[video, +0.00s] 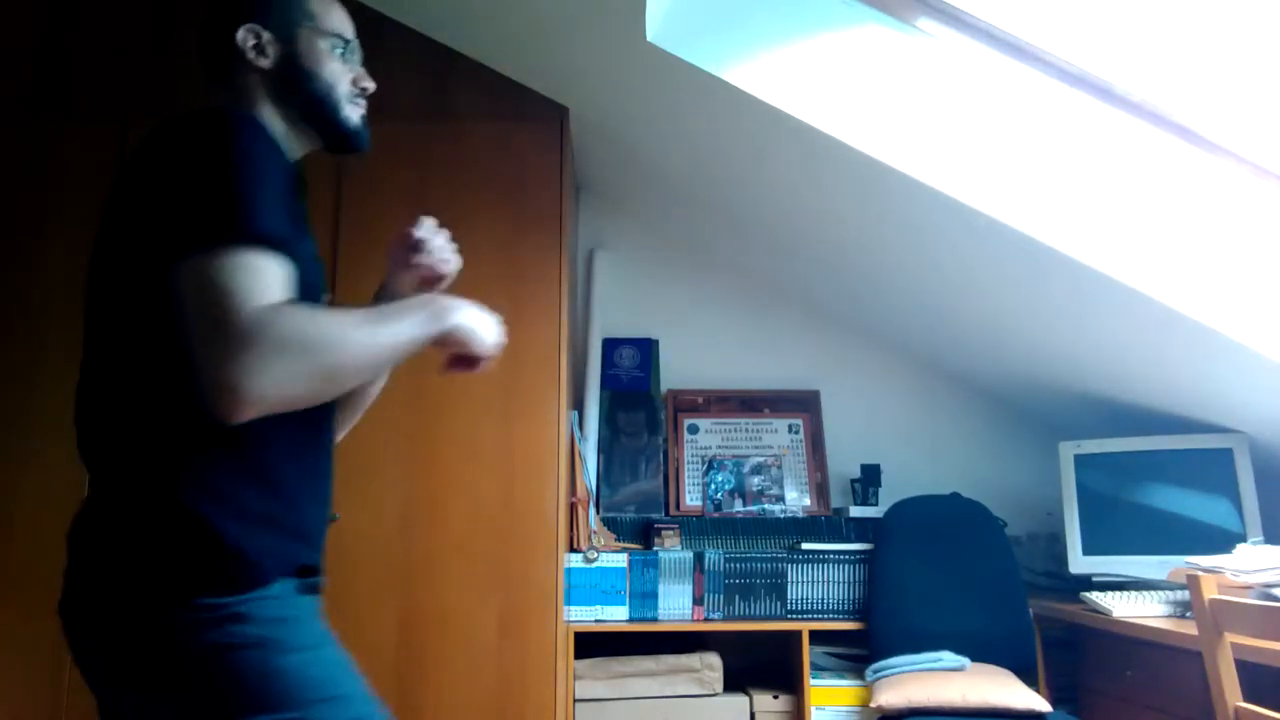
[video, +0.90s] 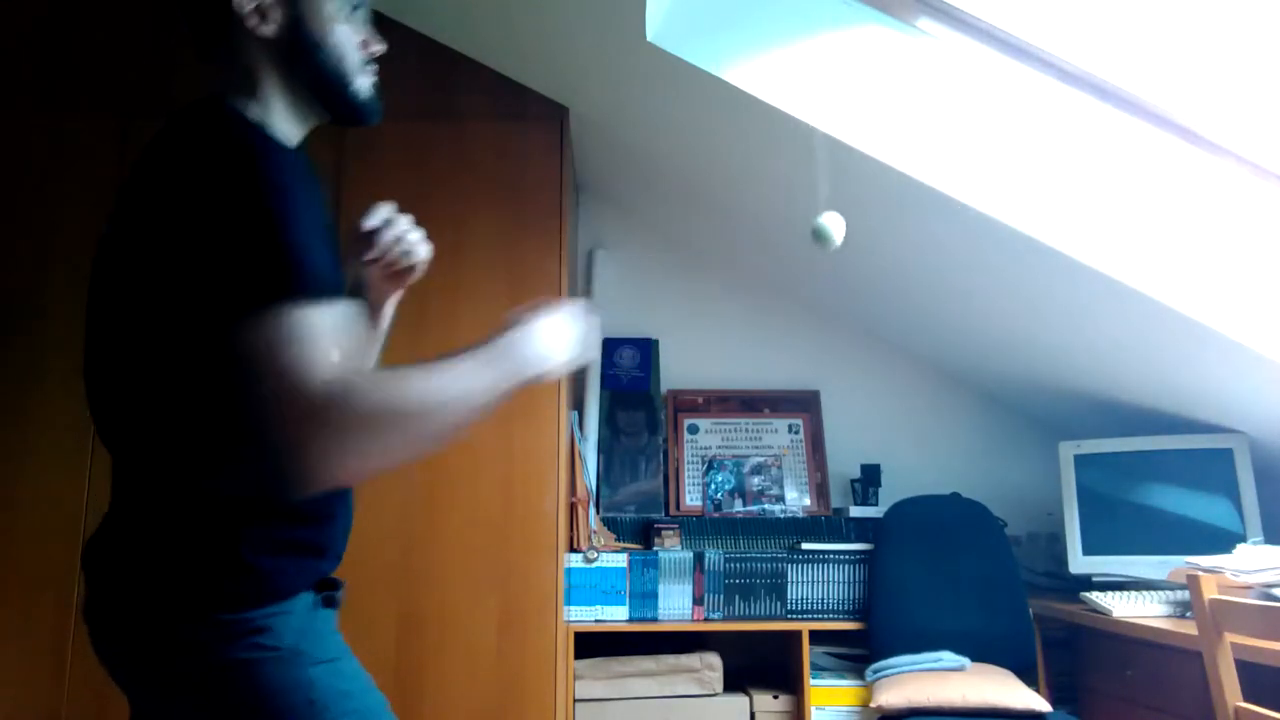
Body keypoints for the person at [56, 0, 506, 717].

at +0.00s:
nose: (366, 77)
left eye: (359, 55)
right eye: (339, 46)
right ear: (258, 47)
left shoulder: (253, 171)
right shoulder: (225, 147)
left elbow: (312, 423)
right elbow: (245, 368)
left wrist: (396, 304)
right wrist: (436, 315)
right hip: (215, 594)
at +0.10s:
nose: (350, 90)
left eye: (343, 72)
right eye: (322, 62)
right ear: (241, 63)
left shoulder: (248, 218)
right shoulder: (181, 171)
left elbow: (316, 436)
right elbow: (178, 388)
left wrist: (371, 317)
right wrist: (382, 321)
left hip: (208, 600)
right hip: (159, 602)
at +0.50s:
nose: (362, 64)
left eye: (357, 46)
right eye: (333, 36)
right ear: (250, 38)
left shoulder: (257, 179)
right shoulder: (210, 143)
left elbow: (314, 419)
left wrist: (378, 280)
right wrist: (463, 246)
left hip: (246, 574)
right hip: (215, 578)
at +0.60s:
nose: (393, 38)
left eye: (383, 17)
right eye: (364, 10)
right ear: (274, 10)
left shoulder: (215, 138)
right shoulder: (273, 130)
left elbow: (295, 389)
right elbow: (449, 330)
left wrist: (392, 272)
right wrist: (594, 221)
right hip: (252, 582)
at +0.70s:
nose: (415, 23)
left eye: (406, 6)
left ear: (297, 17)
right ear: (298, 6)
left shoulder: (213, 138)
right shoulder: (320, 137)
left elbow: (343, 364)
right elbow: (579, 296)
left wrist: (423, 251)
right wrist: (747, 242)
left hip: (177, 582)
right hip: (253, 594)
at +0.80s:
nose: (410, 26)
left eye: (402, 7)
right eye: (380, 2)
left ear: (298, 17)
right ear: (294, 8)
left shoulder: (196, 144)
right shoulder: (325, 161)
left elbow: (307, 385)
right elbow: (538, 356)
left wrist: (411, 268)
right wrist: (689, 291)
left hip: (162, 586)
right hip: (261, 604)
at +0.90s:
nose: (377, 42)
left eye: (368, 18)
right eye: (352, 13)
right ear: (263, 15)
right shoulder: (239, 164)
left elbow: (315, 403)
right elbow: (313, 436)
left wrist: (372, 296)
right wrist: (516, 356)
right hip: (241, 610)